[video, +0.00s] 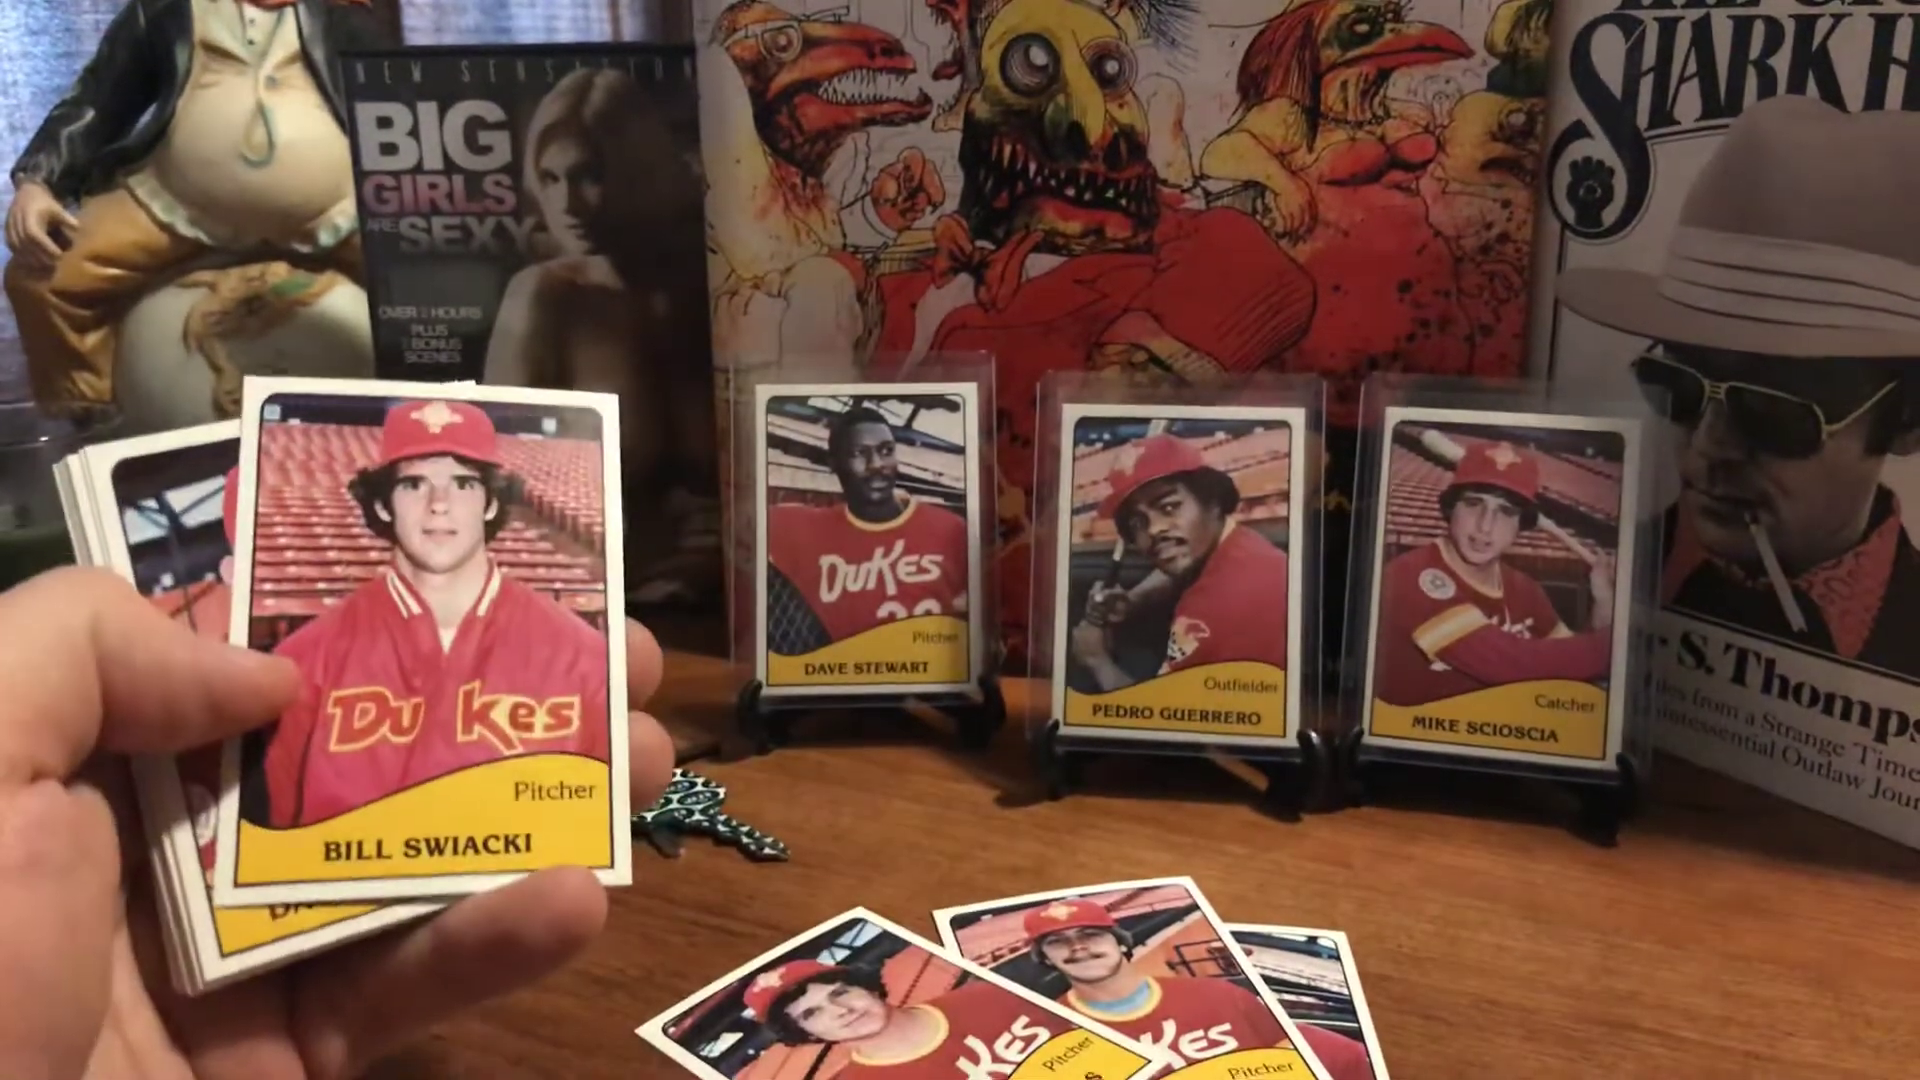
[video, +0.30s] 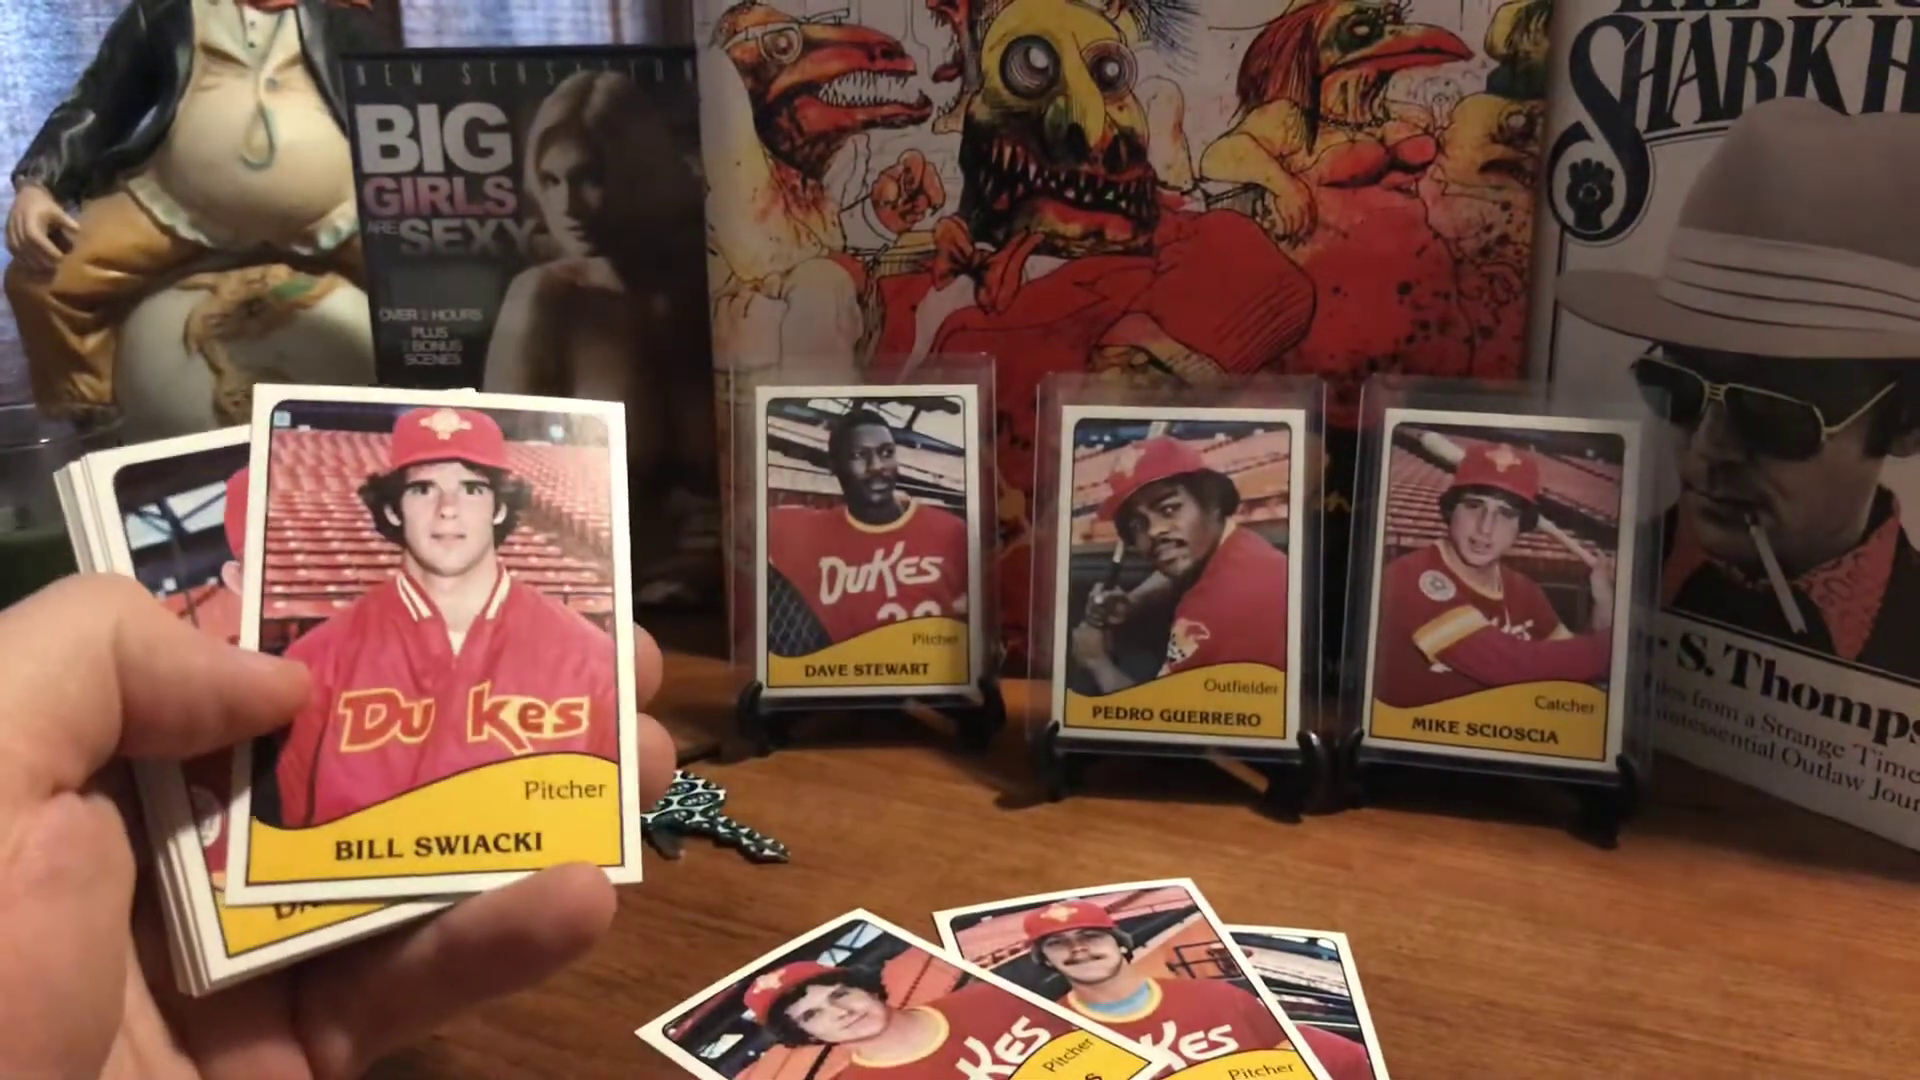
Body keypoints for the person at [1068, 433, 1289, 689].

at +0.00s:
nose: (1155, 529)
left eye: (1169, 507)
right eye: (1139, 522)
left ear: (1213, 502)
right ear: (1133, 539)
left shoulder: (1211, 606)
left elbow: (1161, 718)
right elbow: (1183, 565)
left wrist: (1098, 661)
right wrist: (1133, 601)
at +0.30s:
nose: (1155, 531)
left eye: (1169, 509)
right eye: (1139, 523)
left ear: (1212, 503)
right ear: (1133, 540)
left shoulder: (1211, 606)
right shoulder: (1248, 546)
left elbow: (1160, 719)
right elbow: (1182, 568)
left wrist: (1098, 662)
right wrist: (1133, 603)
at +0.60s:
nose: (1156, 531)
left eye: (1169, 509)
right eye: (1139, 524)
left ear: (1212, 503)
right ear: (1133, 541)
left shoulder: (1213, 605)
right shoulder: (1247, 546)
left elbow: (1161, 717)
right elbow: (1183, 566)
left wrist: (1097, 662)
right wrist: (1133, 603)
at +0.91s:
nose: (1156, 529)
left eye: (1169, 507)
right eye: (1139, 522)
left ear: (1212, 503)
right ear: (1134, 539)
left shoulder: (1213, 604)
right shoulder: (1248, 544)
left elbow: (1160, 717)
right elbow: (1185, 564)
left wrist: (1097, 661)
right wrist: (1132, 601)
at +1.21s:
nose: (1155, 530)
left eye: (1169, 508)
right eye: (1139, 523)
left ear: (1212, 504)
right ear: (1133, 539)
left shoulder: (1211, 607)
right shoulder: (1247, 544)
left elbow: (1162, 720)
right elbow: (1183, 566)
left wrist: (1098, 662)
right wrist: (1132, 602)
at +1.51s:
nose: (1155, 530)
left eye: (1169, 508)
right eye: (1139, 523)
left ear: (1212, 504)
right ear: (1133, 539)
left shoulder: (1209, 607)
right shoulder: (1247, 545)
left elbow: (1161, 719)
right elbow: (1183, 566)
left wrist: (1097, 661)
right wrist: (1131, 601)